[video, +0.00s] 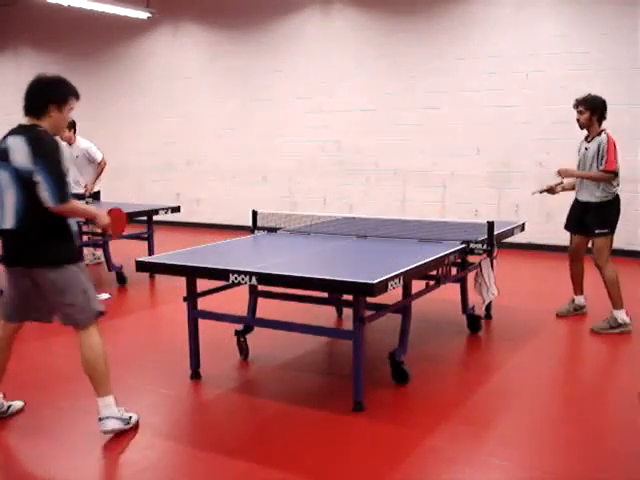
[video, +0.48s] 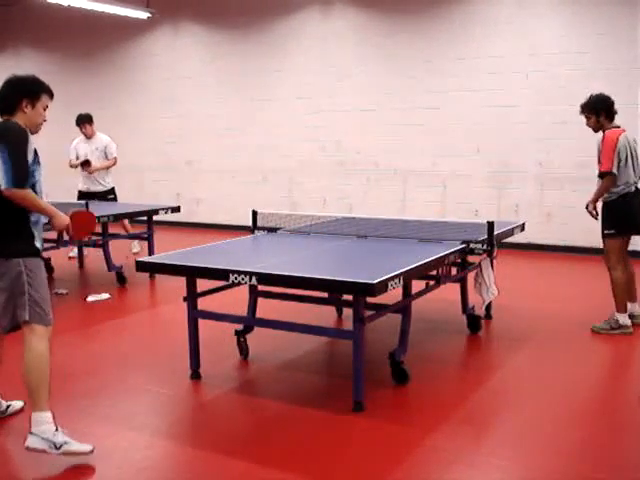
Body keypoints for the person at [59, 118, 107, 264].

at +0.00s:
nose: (61, 136)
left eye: (64, 132)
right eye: (61, 132)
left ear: (72, 131)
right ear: (63, 132)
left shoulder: (85, 146)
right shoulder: (61, 147)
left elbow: (102, 161)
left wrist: (93, 183)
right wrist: (63, 182)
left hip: (87, 191)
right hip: (70, 191)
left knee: (92, 224)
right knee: (73, 223)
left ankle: (95, 251)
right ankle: (77, 252)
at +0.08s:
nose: (61, 135)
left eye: (64, 132)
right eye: (60, 132)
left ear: (73, 131)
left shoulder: (87, 146)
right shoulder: (64, 148)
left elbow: (102, 163)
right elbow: (65, 165)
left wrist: (92, 184)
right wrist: (57, 180)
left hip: (90, 190)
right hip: (74, 189)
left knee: (94, 222)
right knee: (75, 223)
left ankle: (96, 251)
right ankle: (76, 251)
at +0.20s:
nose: (66, 134)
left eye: (68, 130)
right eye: (63, 131)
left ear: (76, 128)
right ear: (62, 131)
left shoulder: (91, 144)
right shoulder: (62, 146)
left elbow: (101, 162)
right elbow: (60, 163)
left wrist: (89, 178)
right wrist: (61, 175)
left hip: (92, 189)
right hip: (75, 190)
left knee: (95, 220)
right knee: (75, 220)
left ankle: (99, 248)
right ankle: (77, 246)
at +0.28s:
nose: (73, 132)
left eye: (74, 128)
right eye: (70, 129)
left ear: (81, 126)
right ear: (68, 129)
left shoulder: (95, 141)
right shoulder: (67, 144)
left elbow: (103, 160)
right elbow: (64, 161)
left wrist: (85, 171)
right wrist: (69, 169)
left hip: (96, 188)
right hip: (79, 189)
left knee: (105, 219)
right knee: (77, 220)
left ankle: (114, 243)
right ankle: (76, 245)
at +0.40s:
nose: (77, 131)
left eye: (79, 127)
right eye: (74, 128)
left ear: (85, 125)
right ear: (73, 128)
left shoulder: (99, 141)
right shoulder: (71, 143)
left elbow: (106, 161)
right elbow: (67, 162)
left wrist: (89, 169)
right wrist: (75, 167)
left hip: (100, 187)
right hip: (81, 188)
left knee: (112, 216)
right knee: (77, 219)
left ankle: (126, 241)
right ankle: (76, 245)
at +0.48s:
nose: (84, 131)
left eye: (85, 127)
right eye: (81, 128)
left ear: (92, 125)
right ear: (79, 128)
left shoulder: (105, 141)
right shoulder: (77, 143)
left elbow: (113, 160)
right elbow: (72, 163)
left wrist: (96, 168)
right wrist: (80, 163)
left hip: (105, 188)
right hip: (85, 188)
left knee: (120, 217)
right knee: (81, 219)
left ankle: (134, 240)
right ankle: (77, 245)